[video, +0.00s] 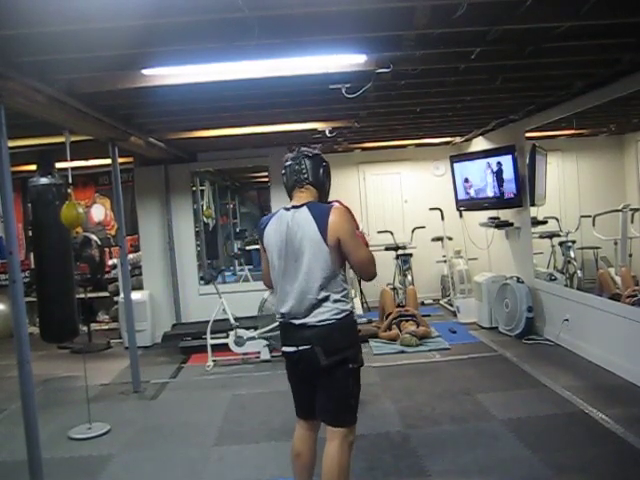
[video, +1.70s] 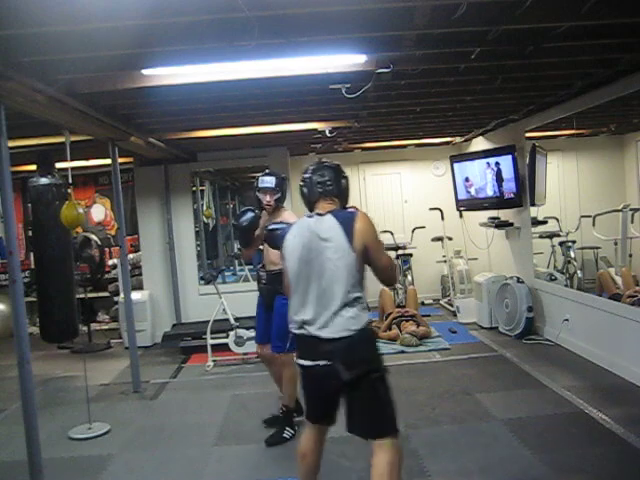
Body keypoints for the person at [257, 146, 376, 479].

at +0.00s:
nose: (328, 182)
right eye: (326, 177)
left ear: (288, 183)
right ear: (321, 179)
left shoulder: (269, 226)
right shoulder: (334, 214)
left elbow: (270, 281)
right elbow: (367, 270)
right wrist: (356, 241)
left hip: (293, 339)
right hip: (335, 337)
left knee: (305, 423)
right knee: (339, 432)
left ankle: (302, 477)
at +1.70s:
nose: (343, 192)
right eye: (343, 186)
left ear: (307, 193)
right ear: (342, 190)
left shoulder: (292, 234)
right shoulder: (356, 222)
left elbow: (290, 288)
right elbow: (389, 276)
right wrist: (367, 244)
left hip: (309, 351)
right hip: (354, 348)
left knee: (314, 426)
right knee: (384, 437)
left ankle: (305, 475)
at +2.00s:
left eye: (339, 179)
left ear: (340, 184)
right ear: (379, 176)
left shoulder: (329, 228)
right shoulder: (404, 210)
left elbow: (326, 288)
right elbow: (435, 263)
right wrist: (403, 234)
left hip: (355, 349)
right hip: (403, 346)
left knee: (361, 429)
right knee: (404, 448)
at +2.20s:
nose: (357, 186)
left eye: (357, 181)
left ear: (360, 186)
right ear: (398, 179)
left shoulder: (348, 226)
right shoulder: (428, 215)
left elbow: (337, 286)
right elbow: (448, 272)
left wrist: (343, 238)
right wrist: (419, 242)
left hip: (373, 353)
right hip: (423, 350)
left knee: (383, 433)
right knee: (450, 441)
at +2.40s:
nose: (376, 186)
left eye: (376, 180)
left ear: (383, 183)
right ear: (419, 178)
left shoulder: (376, 221)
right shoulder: (458, 210)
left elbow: (366, 284)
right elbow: (470, 273)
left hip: (406, 349)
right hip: (460, 344)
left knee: (399, 435)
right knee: (495, 434)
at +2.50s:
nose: (393, 185)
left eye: (394, 179)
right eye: (393, 179)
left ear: (400, 183)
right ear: (436, 177)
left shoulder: (399, 225)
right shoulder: (476, 213)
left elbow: (384, 286)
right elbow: (490, 269)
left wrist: (387, 254)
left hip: (432, 351)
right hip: (486, 345)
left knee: (412, 438)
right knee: (517, 438)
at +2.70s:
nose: (440, 192)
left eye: (440, 185)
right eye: (438, 185)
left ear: (451, 183)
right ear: (483, 177)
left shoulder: (450, 230)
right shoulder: (526, 214)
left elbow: (428, 294)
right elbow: (528, 266)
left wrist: (418, 257)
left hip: (480, 357)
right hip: (537, 351)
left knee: (454, 440)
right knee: (553, 444)